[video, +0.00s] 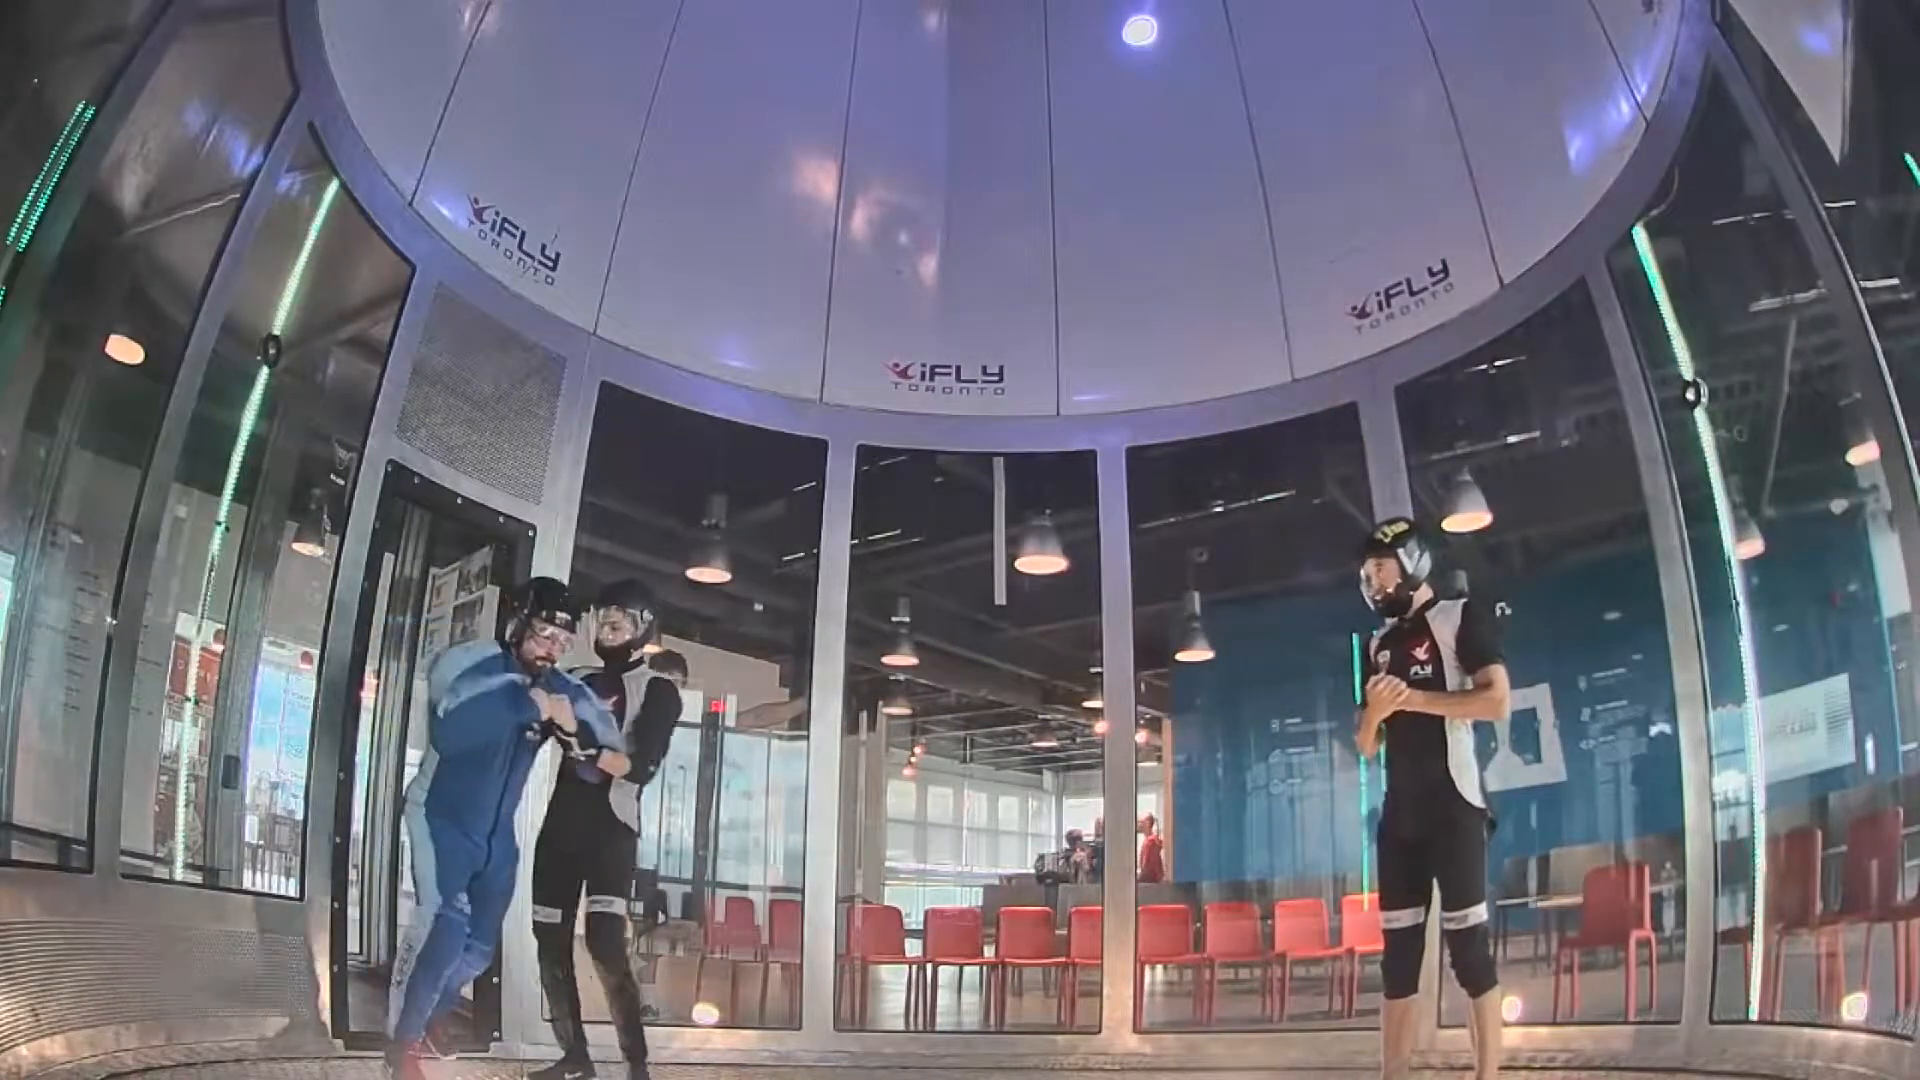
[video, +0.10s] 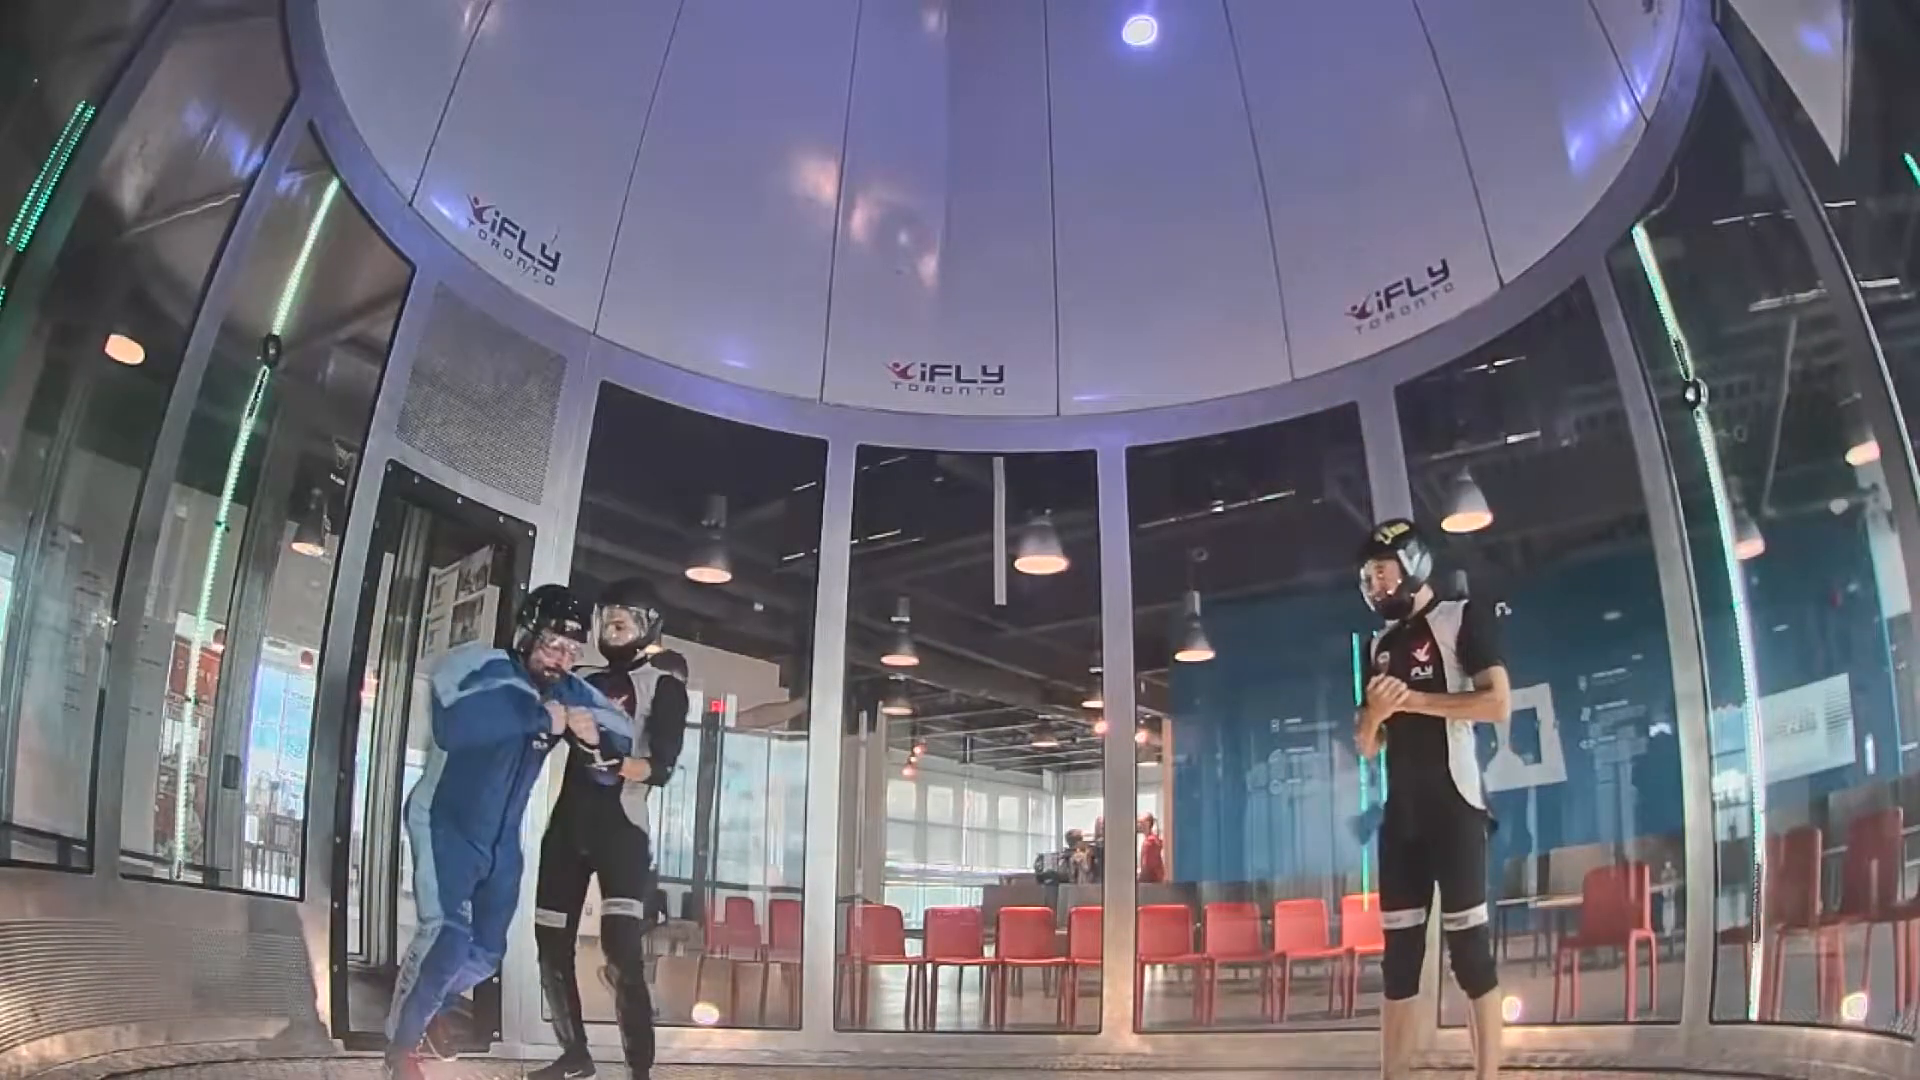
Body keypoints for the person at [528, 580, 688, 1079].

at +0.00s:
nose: (605, 628)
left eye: (617, 620)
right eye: (601, 619)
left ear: (642, 628)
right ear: (594, 625)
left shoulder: (658, 689)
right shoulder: (582, 685)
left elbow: (643, 765)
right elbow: (549, 734)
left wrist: (583, 743)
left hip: (613, 827)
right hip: (562, 819)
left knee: (604, 941)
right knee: (550, 944)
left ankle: (636, 1062)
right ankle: (575, 1057)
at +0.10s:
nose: (612, 629)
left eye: (622, 620)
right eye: (606, 620)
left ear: (647, 625)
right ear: (599, 625)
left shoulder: (663, 681)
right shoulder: (590, 680)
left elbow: (660, 764)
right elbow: (555, 728)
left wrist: (608, 759)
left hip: (621, 826)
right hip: (568, 819)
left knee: (622, 946)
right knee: (551, 944)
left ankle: (640, 1067)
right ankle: (575, 1053)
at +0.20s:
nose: (626, 631)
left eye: (637, 623)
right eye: (619, 621)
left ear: (658, 628)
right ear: (610, 625)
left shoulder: (679, 690)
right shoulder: (594, 681)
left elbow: (702, 754)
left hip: (646, 832)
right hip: (587, 825)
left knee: (645, 958)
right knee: (563, 955)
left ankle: (650, 1070)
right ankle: (576, 1038)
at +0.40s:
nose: (652, 629)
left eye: (662, 620)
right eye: (644, 620)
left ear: (683, 622)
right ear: (631, 621)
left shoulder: (706, 685)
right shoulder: (609, 670)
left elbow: (715, 770)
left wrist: (747, 741)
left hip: (671, 842)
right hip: (608, 836)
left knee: (657, 971)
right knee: (607, 965)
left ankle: (650, 1073)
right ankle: (605, 1071)